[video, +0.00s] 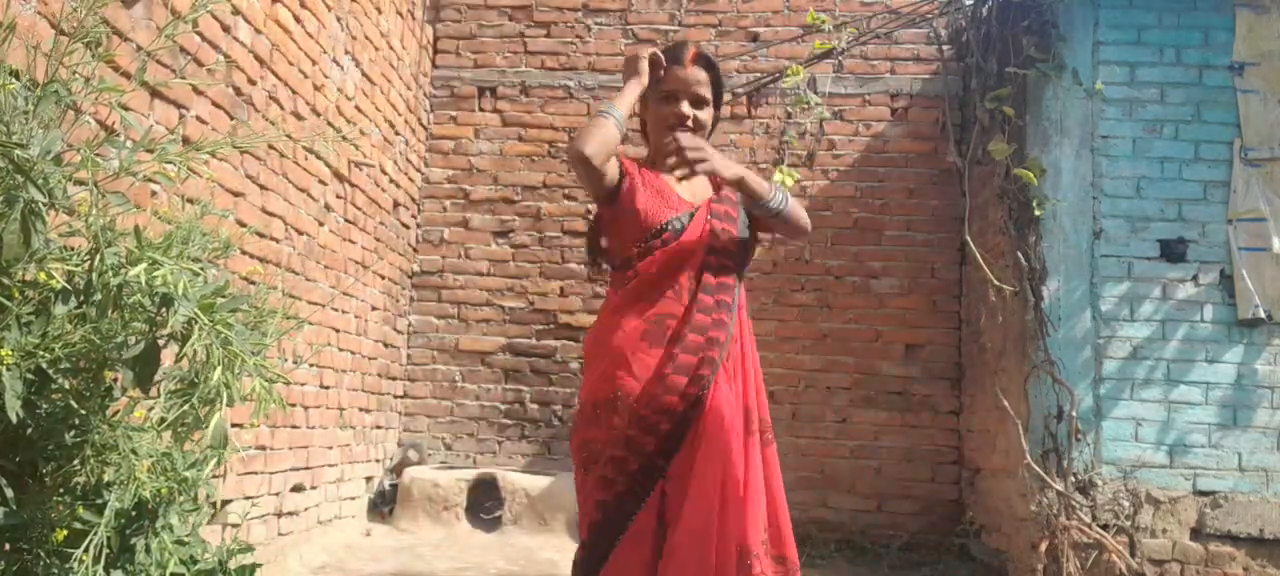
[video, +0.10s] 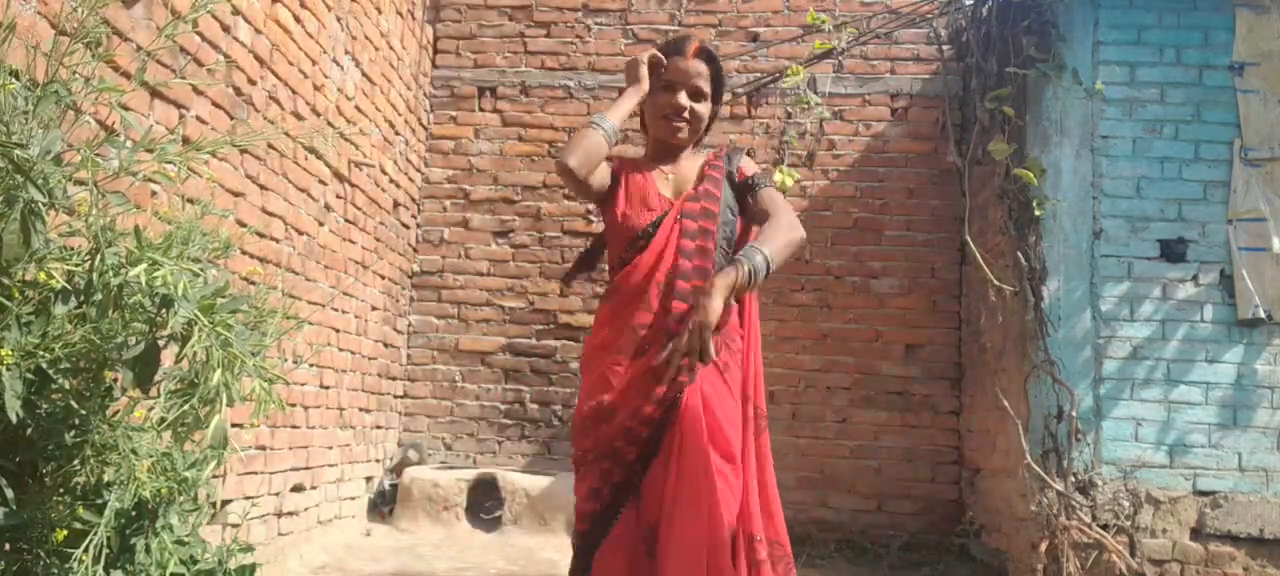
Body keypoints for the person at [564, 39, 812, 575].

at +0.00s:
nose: (685, 113)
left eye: (699, 102)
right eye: (670, 98)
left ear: (716, 112)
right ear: (646, 108)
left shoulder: (730, 190)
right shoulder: (625, 177)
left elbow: (800, 227)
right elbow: (585, 153)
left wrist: (733, 171)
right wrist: (634, 86)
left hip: (721, 381)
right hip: (636, 382)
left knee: (728, 535)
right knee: (629, 539)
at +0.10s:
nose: (681, 103)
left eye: (697, 94)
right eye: (668, 88)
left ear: (715, 107)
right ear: (646, 96)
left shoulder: (730, 167)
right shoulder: (621, 175)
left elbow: (789, 230)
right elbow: (573, 165)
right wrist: (631, 95)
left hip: (711, 368)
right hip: (625, 367)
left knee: (710, 522)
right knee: (613, 521)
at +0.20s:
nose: (680, 83)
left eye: (697, 77)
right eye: (669, 68)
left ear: (715, 95)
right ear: (646, 76)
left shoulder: (725, 147)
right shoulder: (622, 161)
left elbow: (758, 242)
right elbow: (551, 169)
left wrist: (695, 344)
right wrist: (619, 94)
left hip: (701, 370)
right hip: (617, 367)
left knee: (681, 524)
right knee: (604, 519)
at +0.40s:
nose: (669, 104)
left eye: (689, 97)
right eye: (661, 89)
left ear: (711, 115)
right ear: (646, 96)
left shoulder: (701, 170)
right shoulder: (637, 179)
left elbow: (701, 273)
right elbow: (552, 230)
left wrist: (643, 367)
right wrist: (597, 161)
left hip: (675, 392)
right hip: (627, 387)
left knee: (652, 543)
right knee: (611, 539)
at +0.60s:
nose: (657, 129)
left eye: (676, 123)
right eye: (651, 116)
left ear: (702, 142)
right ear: (640, 121)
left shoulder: (690, 199)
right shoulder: (640, 202)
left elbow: (685, 304)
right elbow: (566, 277)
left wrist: (622, 398)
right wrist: (608, 212)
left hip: (654, 409)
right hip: (620, 403)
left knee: (606, 544)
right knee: (623, 551)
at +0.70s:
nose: (658, 123)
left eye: (677, 117)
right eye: (653, 109)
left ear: (702, 135)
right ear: (640, 113)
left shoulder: (688, 193)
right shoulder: (635, 191)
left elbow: (683, 292)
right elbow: (557, 256)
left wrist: (619, 376)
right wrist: (601, 198)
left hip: (651, 392)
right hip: (609, 387)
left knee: (636, 546)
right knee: (609, 541)